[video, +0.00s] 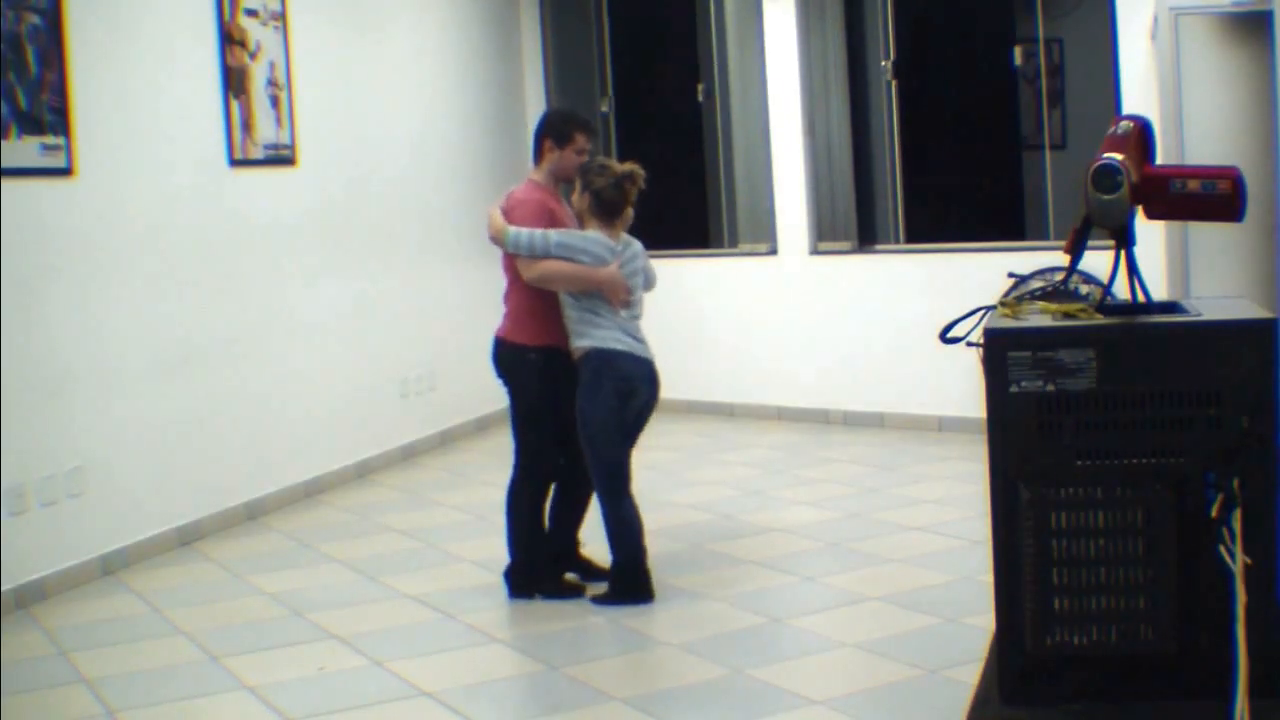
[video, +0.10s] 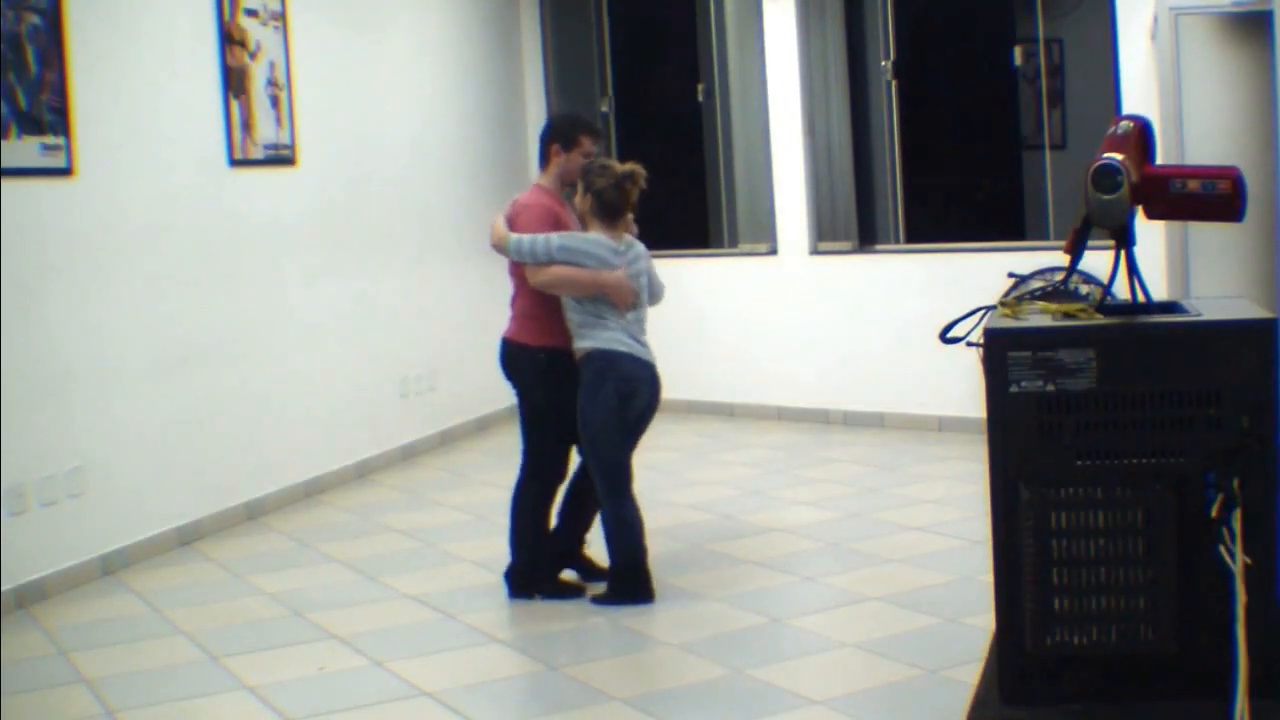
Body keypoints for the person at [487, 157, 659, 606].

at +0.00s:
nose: (573, 197)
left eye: (576, 192)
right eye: (574, 190)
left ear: (581, 202)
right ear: (628, 211)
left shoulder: (580, 245)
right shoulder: (633, 254)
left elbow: (501, 235)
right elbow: (651, 281)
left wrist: (495, 207)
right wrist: (622, 246)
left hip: (603, 369)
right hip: (643, 374)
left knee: (609, 481)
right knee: (611, 478)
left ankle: (632, 581)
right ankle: (632, 574)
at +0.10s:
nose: (575, 200)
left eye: (578, 194)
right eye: (577, 193)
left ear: (583, 203)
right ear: (626, 208)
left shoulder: (580, 247)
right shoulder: (636, 255)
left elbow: (502, 241)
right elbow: (655, 292)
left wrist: (502, 213)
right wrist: (631, 241)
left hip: (604, 370)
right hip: (645, 377)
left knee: (611, 481)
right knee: (609, 476)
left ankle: (631, 582)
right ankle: (631, 575)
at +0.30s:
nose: (614, 162)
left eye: (617, 153)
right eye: (608, 152)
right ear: (581, 149)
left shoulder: (591, 205)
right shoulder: (557, 203)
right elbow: (552, 269)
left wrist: (648, 234)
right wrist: (618, 284)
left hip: (592, 346)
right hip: (555, 348)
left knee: (616, 462)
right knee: (558, 463)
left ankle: (639, 556)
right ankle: (529, 566)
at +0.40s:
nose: (627, 159)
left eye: (631, 150)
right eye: (623, 148)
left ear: (603, 149)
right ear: (596, 145)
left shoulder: (608, 199)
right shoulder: (569, 200)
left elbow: (633, 256)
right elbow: (562, 267)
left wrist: (664, 232)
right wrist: (624, 284)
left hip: (606, 343)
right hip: (567, 345)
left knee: (629, 458)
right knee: (561, 460)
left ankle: (652, 543)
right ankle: (532, 560)